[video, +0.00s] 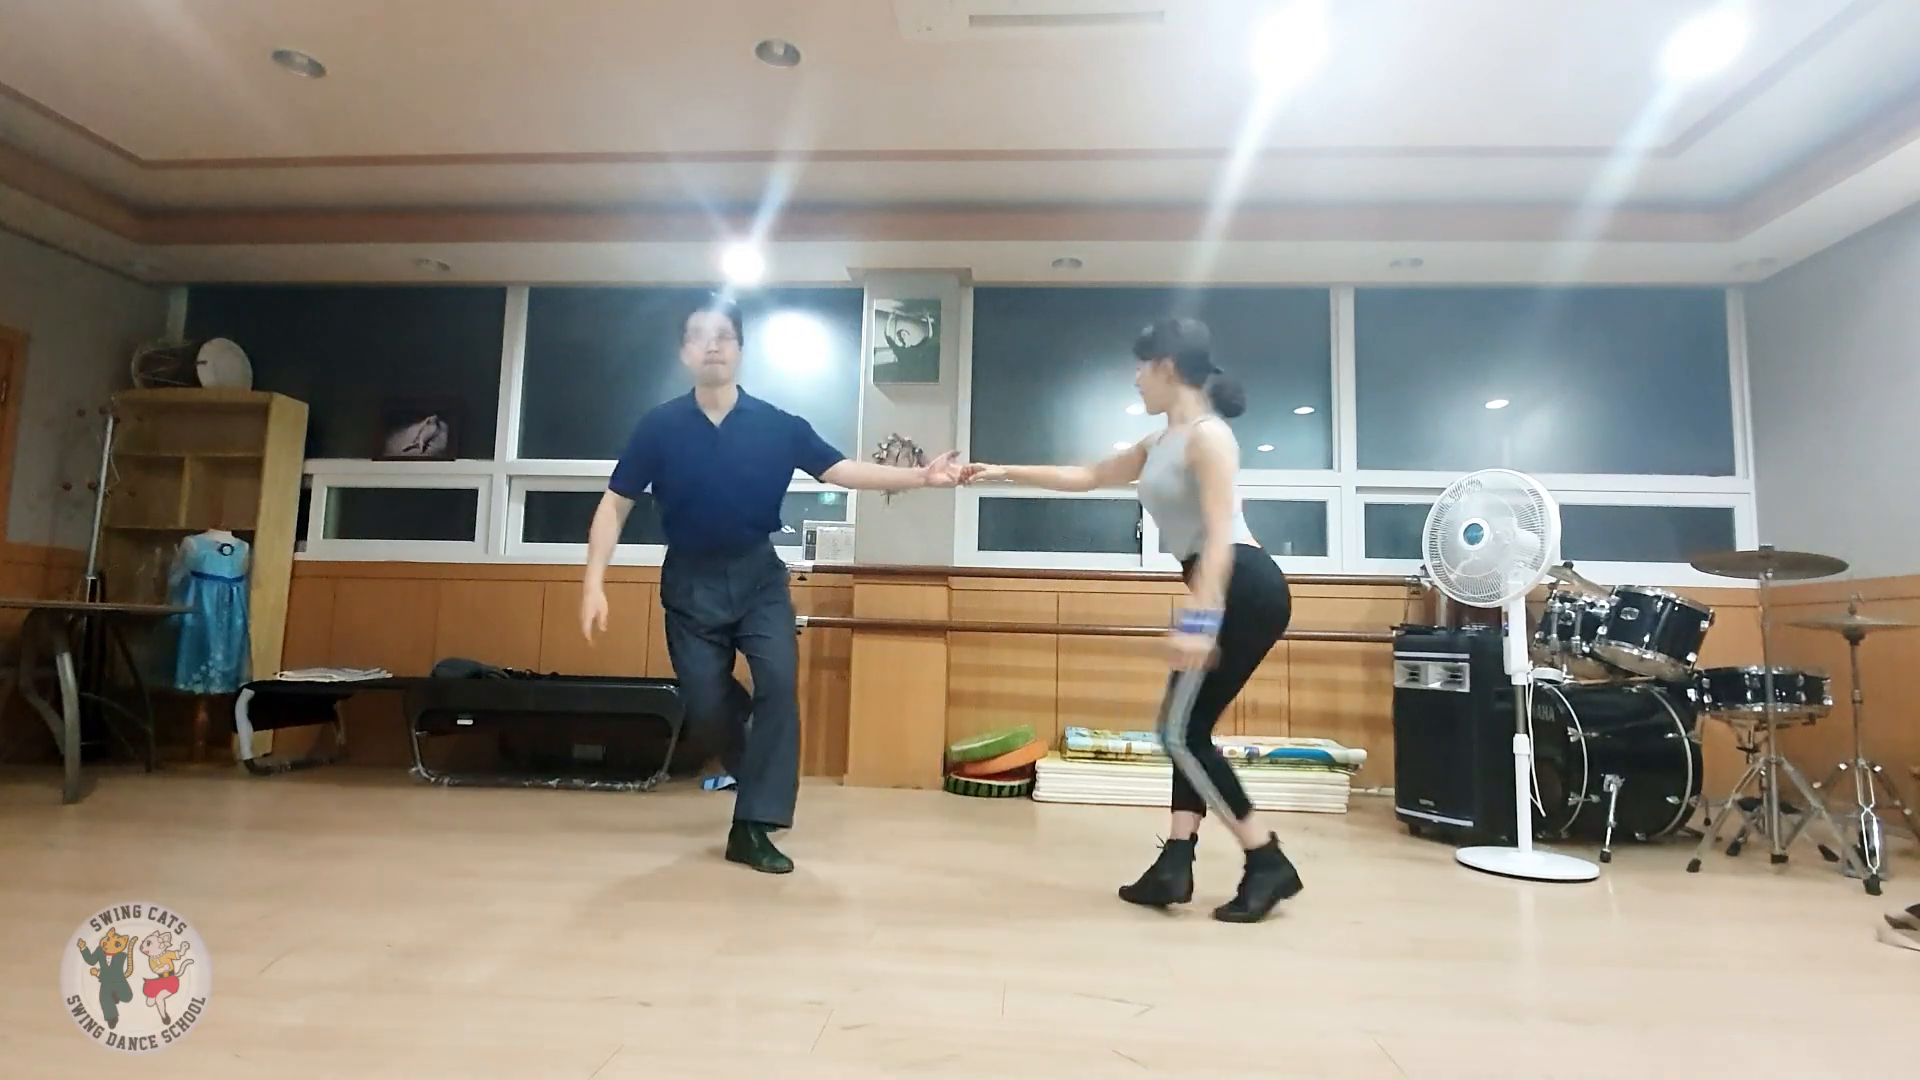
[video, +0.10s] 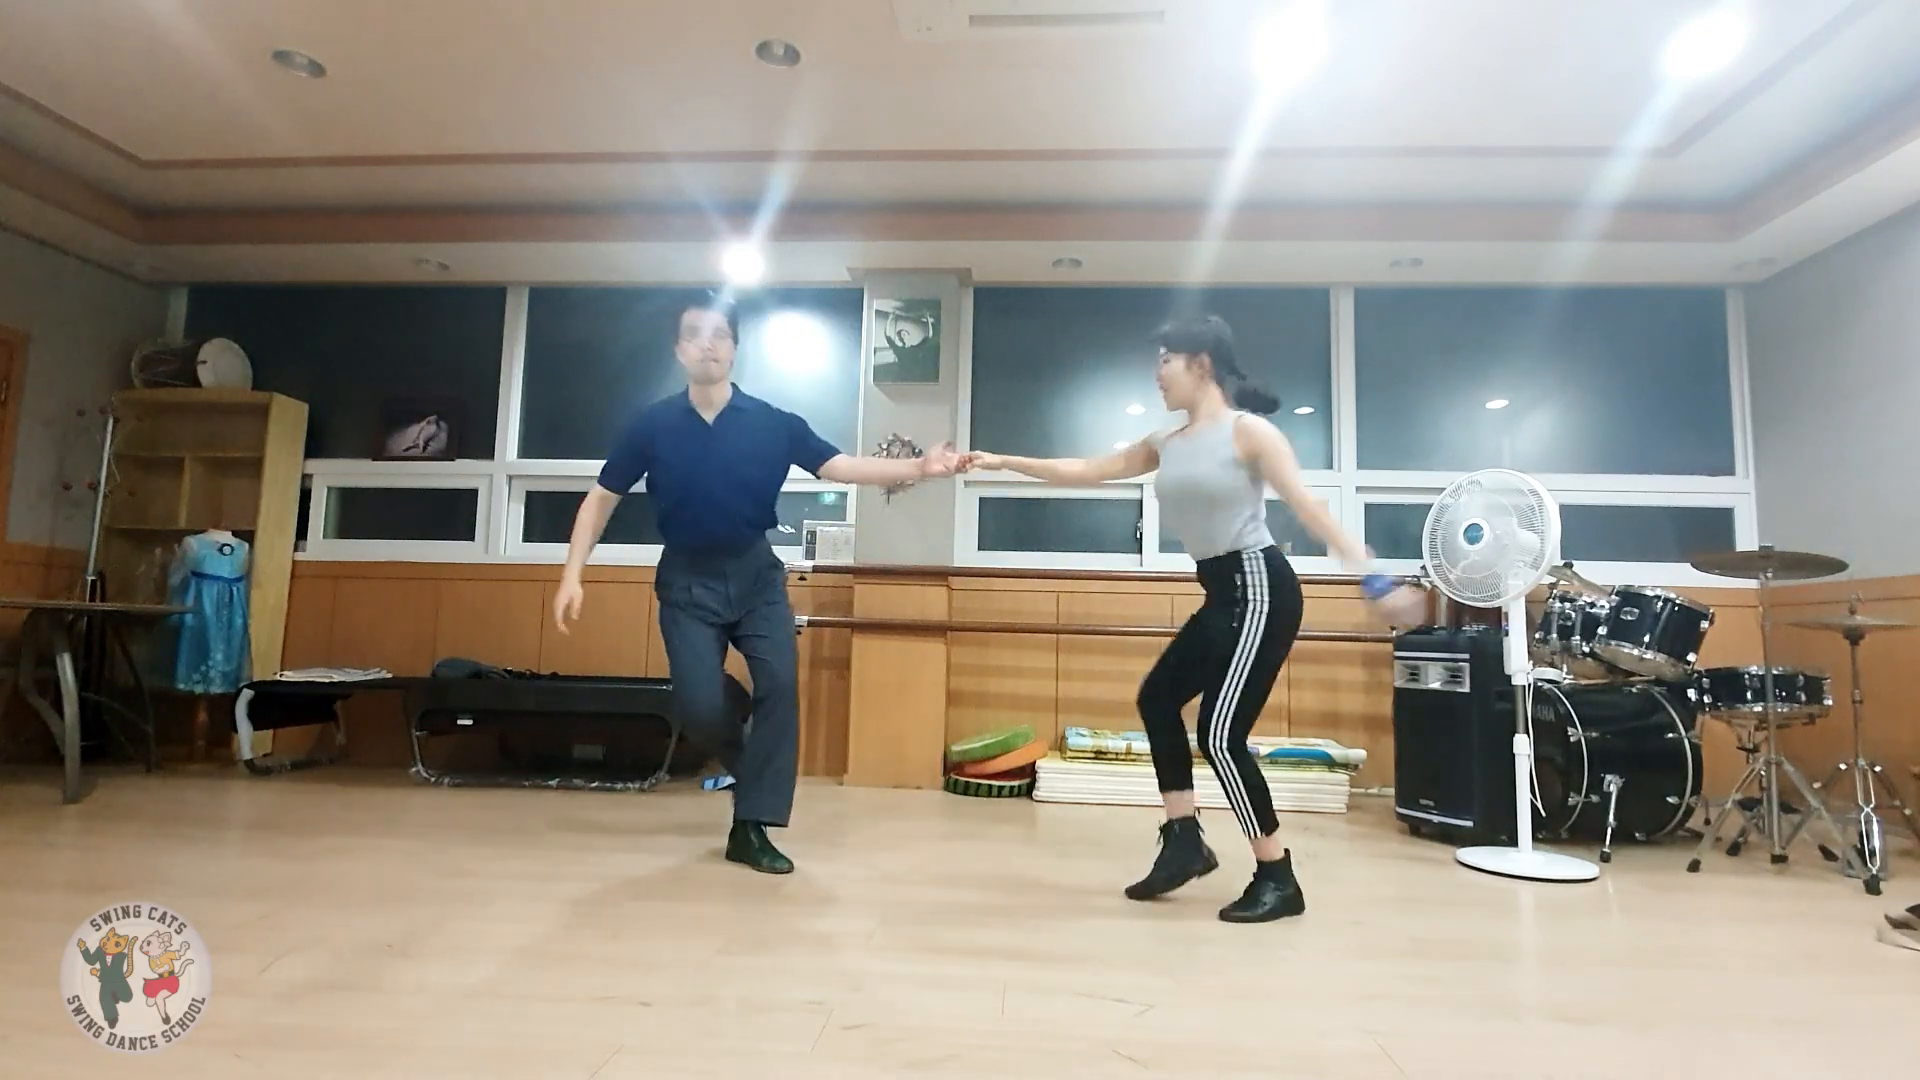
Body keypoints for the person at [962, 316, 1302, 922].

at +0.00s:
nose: (1137, 379)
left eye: (1143, 367)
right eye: (1138, 368)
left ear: (1171, 370)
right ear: (1172, 371)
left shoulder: (1208, 437)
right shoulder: (1162, 440)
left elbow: (1220, 532)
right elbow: (1081, 477)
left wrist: (1201, 618)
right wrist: (993, 471)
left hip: (1245, 591)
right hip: (1220, 591)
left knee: (1181, 730)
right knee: (1182, 728)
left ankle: (1267, 859)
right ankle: (1176, 863)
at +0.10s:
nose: (1158, 374)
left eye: (1166, 362)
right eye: (1158, 363)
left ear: (1201, 365)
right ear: (1192, 369)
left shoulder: (1251, 433)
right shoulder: (1165, 444)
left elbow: (1315, 515)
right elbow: (1084, 471)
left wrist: (1375, 575)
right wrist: (999, 461)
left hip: (1261, 590)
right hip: (1222, 595)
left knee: (1220, 734)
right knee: (1158, 699)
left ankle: (1277, 875)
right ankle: (1185, 839)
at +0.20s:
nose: (1173, 361)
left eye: (1185, 350)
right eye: (1173, 351)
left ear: (1224, 358)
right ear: (1187, 365)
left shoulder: (1274, 424)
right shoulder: (1171, 436)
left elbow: (1370, 458)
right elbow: (1080, 462)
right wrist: (993, 453)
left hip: (1261, 585)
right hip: (1208, 587)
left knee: (1211, 723)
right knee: (1142, 696)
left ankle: (1258, 863)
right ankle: (1172, 826)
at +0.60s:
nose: (1160, 372)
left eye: (1173, 364)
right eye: (1159, 366)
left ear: (1209, 378)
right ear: (1169, 385)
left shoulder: (1247, 432)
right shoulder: (1150, 462)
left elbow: (1323, 356)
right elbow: (1059, 484)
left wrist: (1350, 258)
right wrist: (972, 474)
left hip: (1230, 605)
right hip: (1166, 601)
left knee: (1164, 726)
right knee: (1128, 725)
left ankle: (1087, 873)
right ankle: (1151, 827)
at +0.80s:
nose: (1130, 374)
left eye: (1142, 364)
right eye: (1130, 365)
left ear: (1177, 376)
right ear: (1148, 380)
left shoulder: (1199, 423)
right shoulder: (1132, 465)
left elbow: (1272, 375)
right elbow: (1050, 486)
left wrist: (1313, 288)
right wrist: (966, 478)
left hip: (1195, 575)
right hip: (1217, 599)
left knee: (1118, 708)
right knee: (1131, 706)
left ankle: (1112, 885)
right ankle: (1101, 827)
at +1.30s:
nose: (1058, 379)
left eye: (1067, 367)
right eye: (1060, 368)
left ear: (1101, 372)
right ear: (1093, 377)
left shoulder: (1148, 433)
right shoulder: (1063, 456)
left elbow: (1233, 448)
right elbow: (986, 484)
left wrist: (1286, 403)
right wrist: (905, 481)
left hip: (1145, 600)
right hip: (1085, 595)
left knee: (1070, 712)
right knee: (1044, 713)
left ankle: (974, 837)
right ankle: (1093, 830)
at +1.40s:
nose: (1024, 379)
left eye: (1032, 369)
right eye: (1026, 369)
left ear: (1065, 372)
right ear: (1057, 374)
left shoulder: (1121, 439)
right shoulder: (1031, 456)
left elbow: (1208, 469)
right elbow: (956, 487)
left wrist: (1280, 451)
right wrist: (875, 485)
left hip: (1101, 606)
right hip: (1040, 602)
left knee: (1042, 723)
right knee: (1043, 726)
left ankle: (967, 865)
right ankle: (1094, 835)